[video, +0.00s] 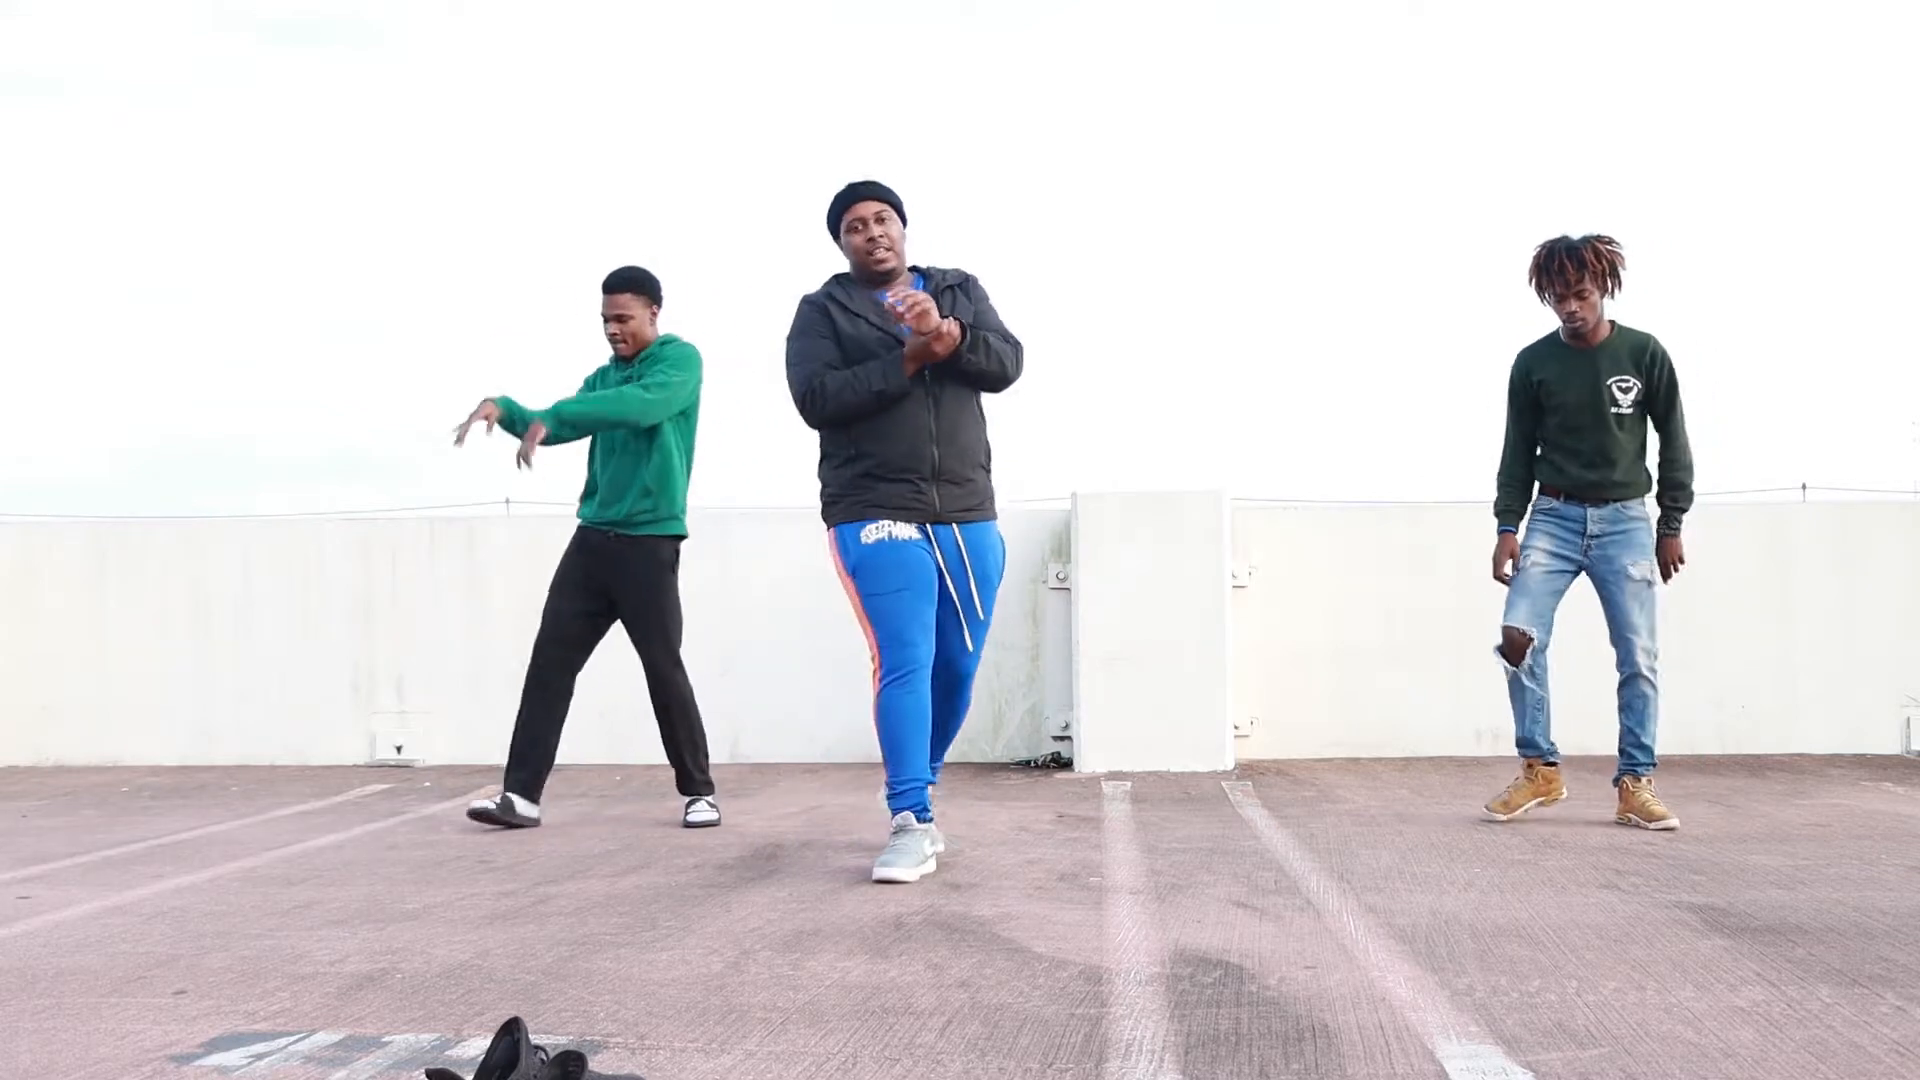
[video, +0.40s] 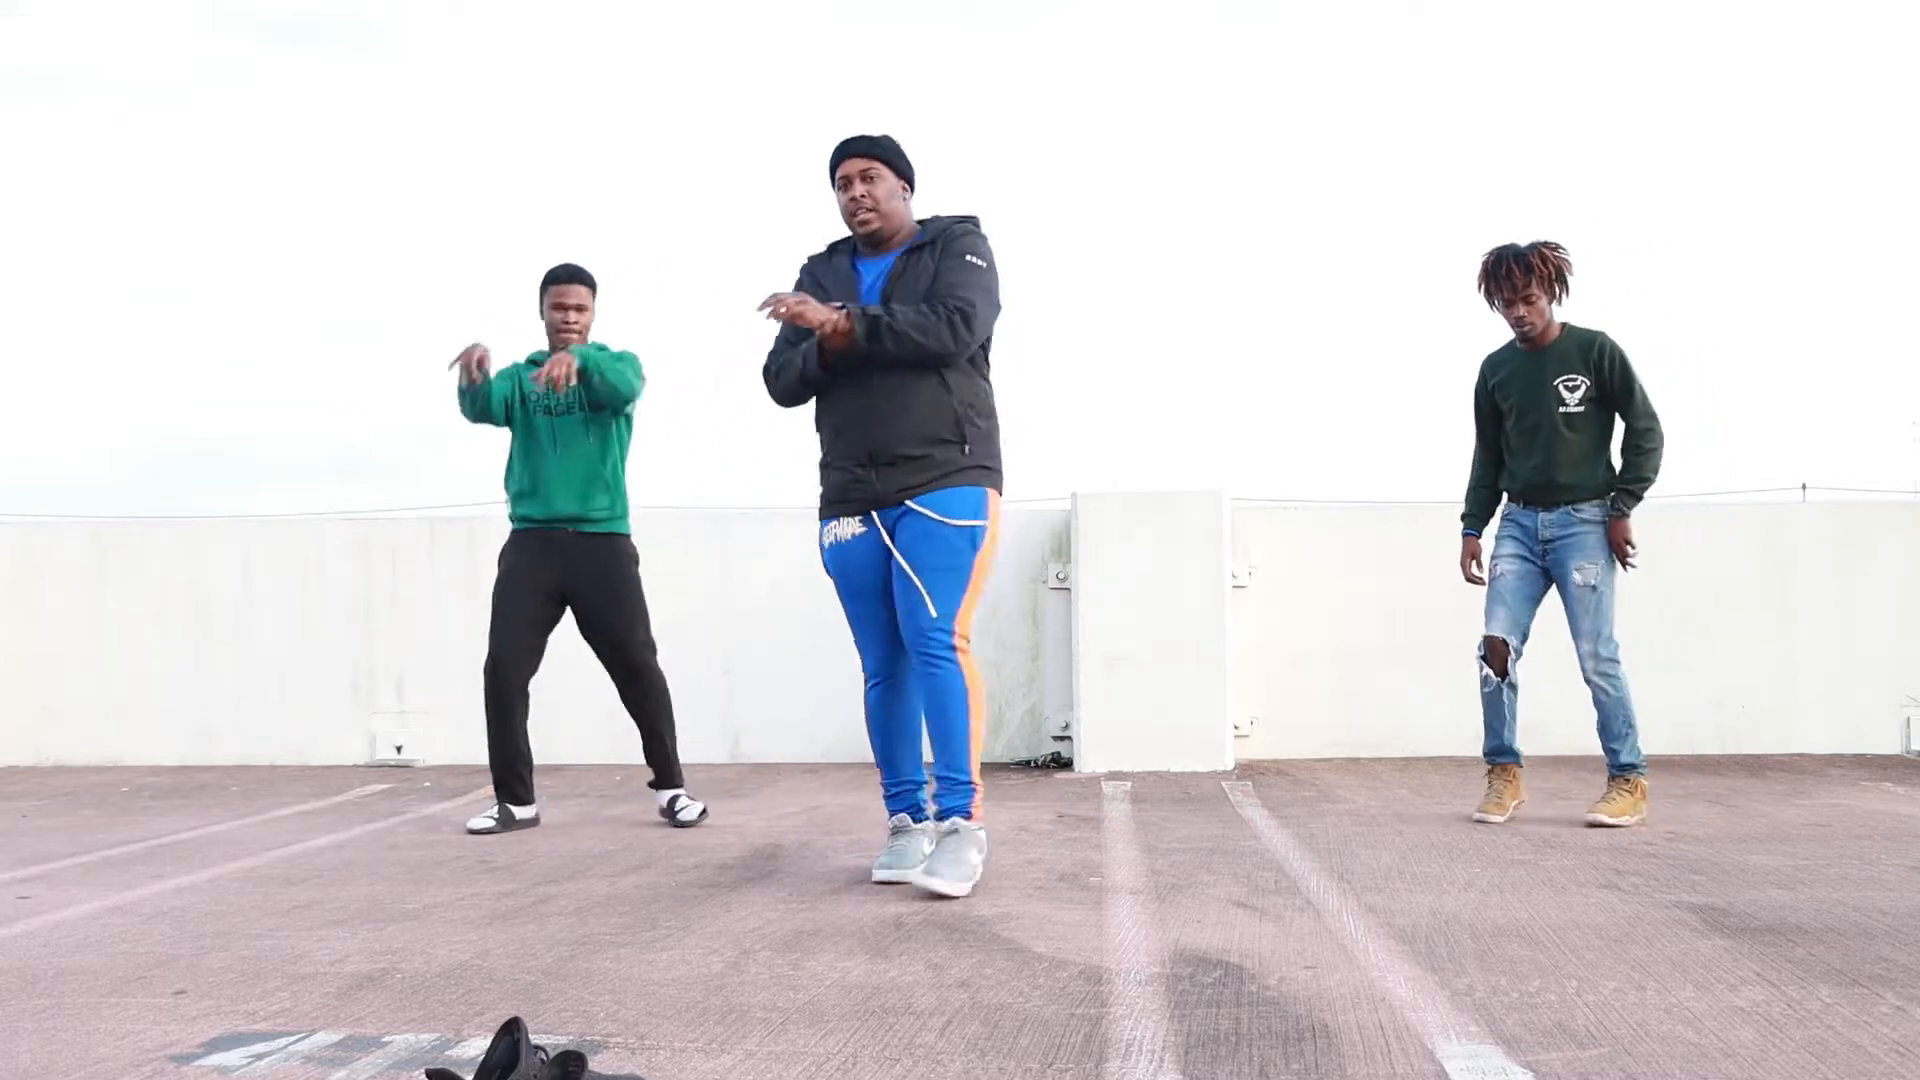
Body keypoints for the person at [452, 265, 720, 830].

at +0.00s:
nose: (614, 329)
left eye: (625, 318)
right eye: (608, 318)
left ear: (655, 313)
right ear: (604, 318)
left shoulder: (680, 359)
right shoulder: (604, 376)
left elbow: (644, 408)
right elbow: (558, 428)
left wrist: (555, 421)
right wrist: (505, 409)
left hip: (649, 544)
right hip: (591, 541)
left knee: (663, 666)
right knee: (551, 661)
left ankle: (698, 793)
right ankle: (521, 796)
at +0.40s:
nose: (567, 318)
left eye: (578, 309)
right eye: (558, 308)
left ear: (593, 315)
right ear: (542, 314)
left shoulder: (615, 364)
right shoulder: (522, 375)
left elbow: (625, 386)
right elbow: (479, 406)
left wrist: (580, 360)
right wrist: (473, 374)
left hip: (603, 546)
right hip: (532, 546)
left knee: (638, 666)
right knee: (504, 672)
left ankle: (672, 790)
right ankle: (515, 802)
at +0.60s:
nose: (584, 299)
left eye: (592, 292)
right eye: (573, 289)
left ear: (599, 302)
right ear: (546, 296)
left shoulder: (611, 358)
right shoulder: (515, 355)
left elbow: (653, 385)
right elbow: (515, 372)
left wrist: (666, 349)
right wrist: (552, 305)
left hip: (613, 534)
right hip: (542, 535)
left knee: (654, 651)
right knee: (523, 669)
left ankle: (677, 784)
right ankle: (515, 801)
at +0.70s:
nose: (599, 310)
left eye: (607, 302)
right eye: (588, 299)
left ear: (613, 309)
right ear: (559, 300)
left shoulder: (621, 366)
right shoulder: (525, 352)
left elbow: (666, 405)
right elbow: (539, 381)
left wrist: (704, 368)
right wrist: (615, 338)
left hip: (620, 537)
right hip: (550, 539)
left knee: (667, 651)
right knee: (527, 669)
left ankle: (697, 786)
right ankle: (515, 802)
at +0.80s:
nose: (618, 325)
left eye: (626, 316)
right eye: (606, 314)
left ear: (632, 321)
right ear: (579, 315)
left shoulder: (638, 386)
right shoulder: (551, 361)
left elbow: (676, 432)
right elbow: (573, 393)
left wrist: (720, 420)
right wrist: (655, 387)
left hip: (633, 549)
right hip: (565, 547)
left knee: (682, 657)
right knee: (534, 673)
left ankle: (702, 796)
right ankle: (514, 803)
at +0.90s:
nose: (648, 331)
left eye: (655, 323)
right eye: (637, 321)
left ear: (662, 329)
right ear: (610, 323)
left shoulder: (663, 399)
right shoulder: (583, 367)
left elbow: (695, 454)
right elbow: (610, 410)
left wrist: (745, 454)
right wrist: (691, 418)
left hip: (651, 551)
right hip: (586, 547)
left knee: (707, 658)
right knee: (552, 672)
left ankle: (706, 797)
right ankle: (514, 802)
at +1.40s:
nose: (736, 292)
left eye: (742, 284)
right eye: (727, 283)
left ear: (749, 294)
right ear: (701, 288)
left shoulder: (753, 343)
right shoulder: (667, 343)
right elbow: (677, 381)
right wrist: (723, 332)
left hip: (745, 504)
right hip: (687, 502)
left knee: (738, 649)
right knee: (702, 641)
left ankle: (712, 790)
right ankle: (709, 794)